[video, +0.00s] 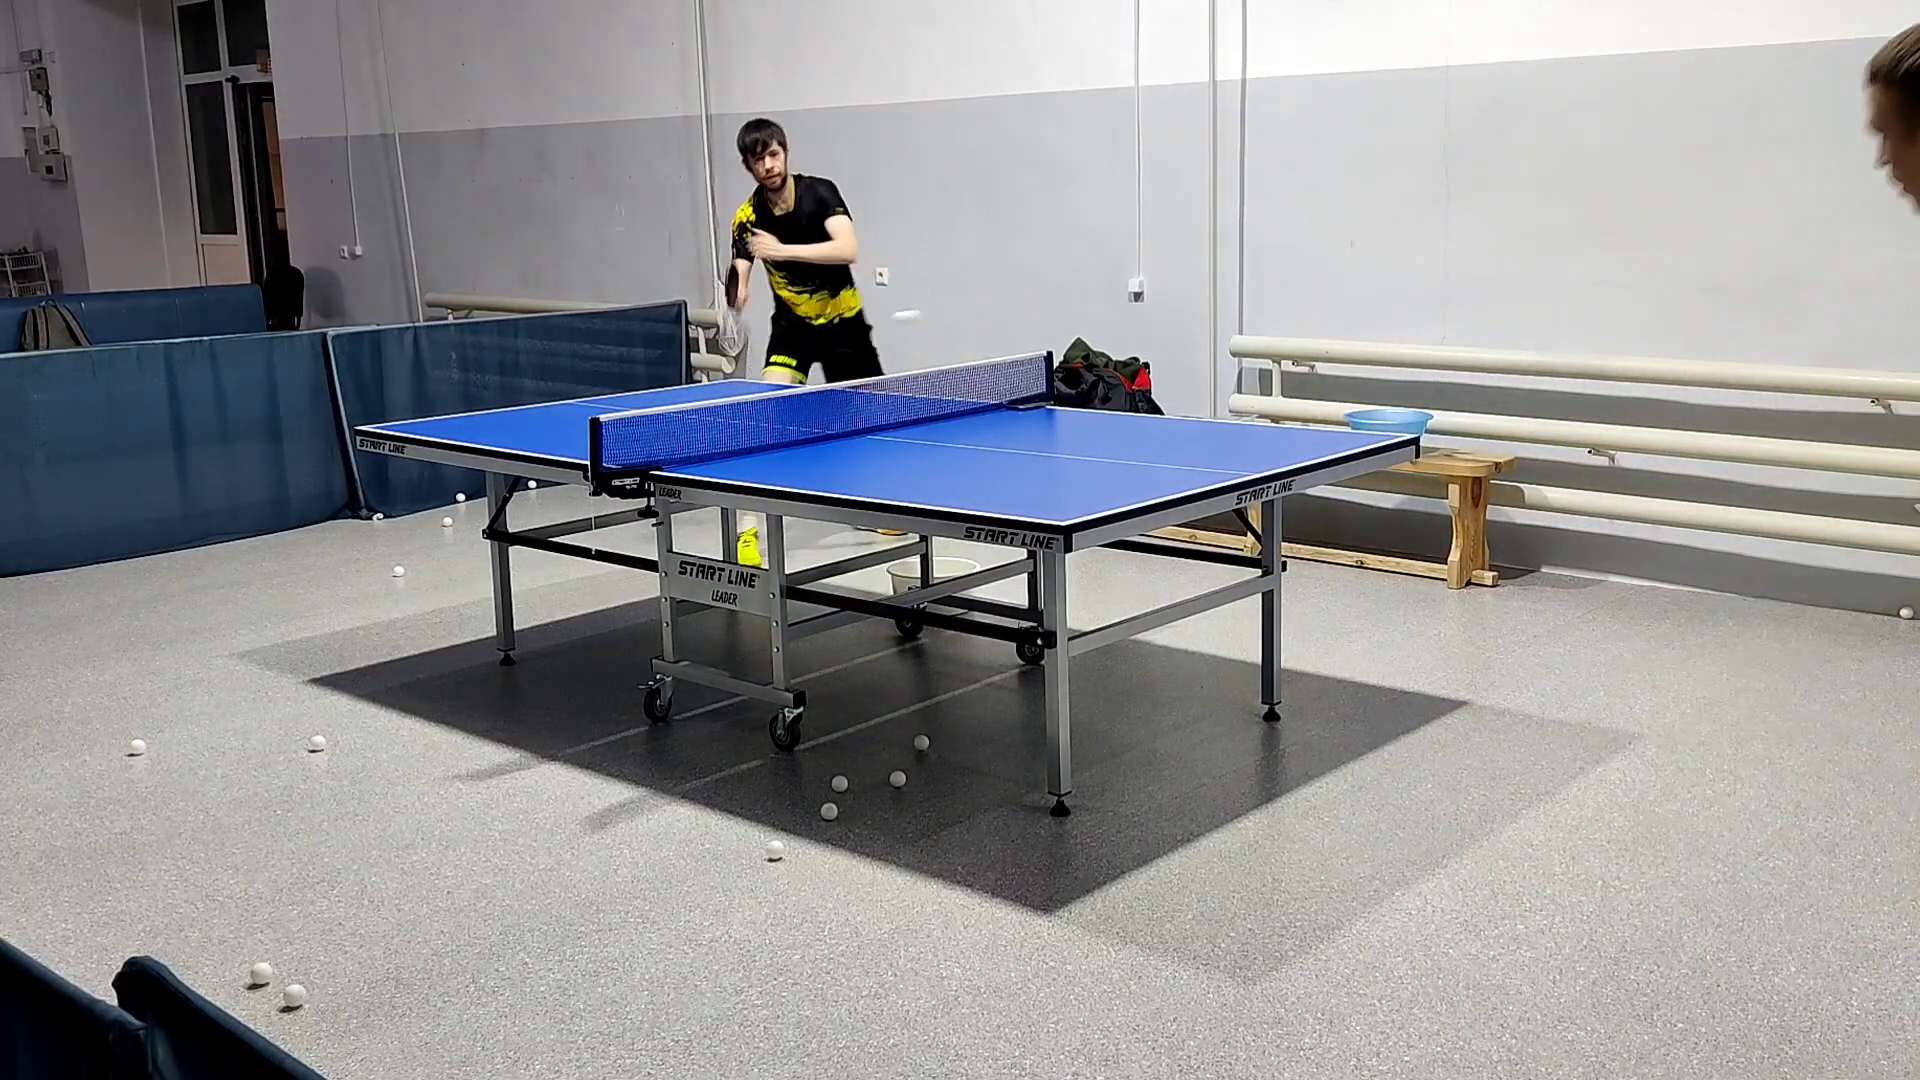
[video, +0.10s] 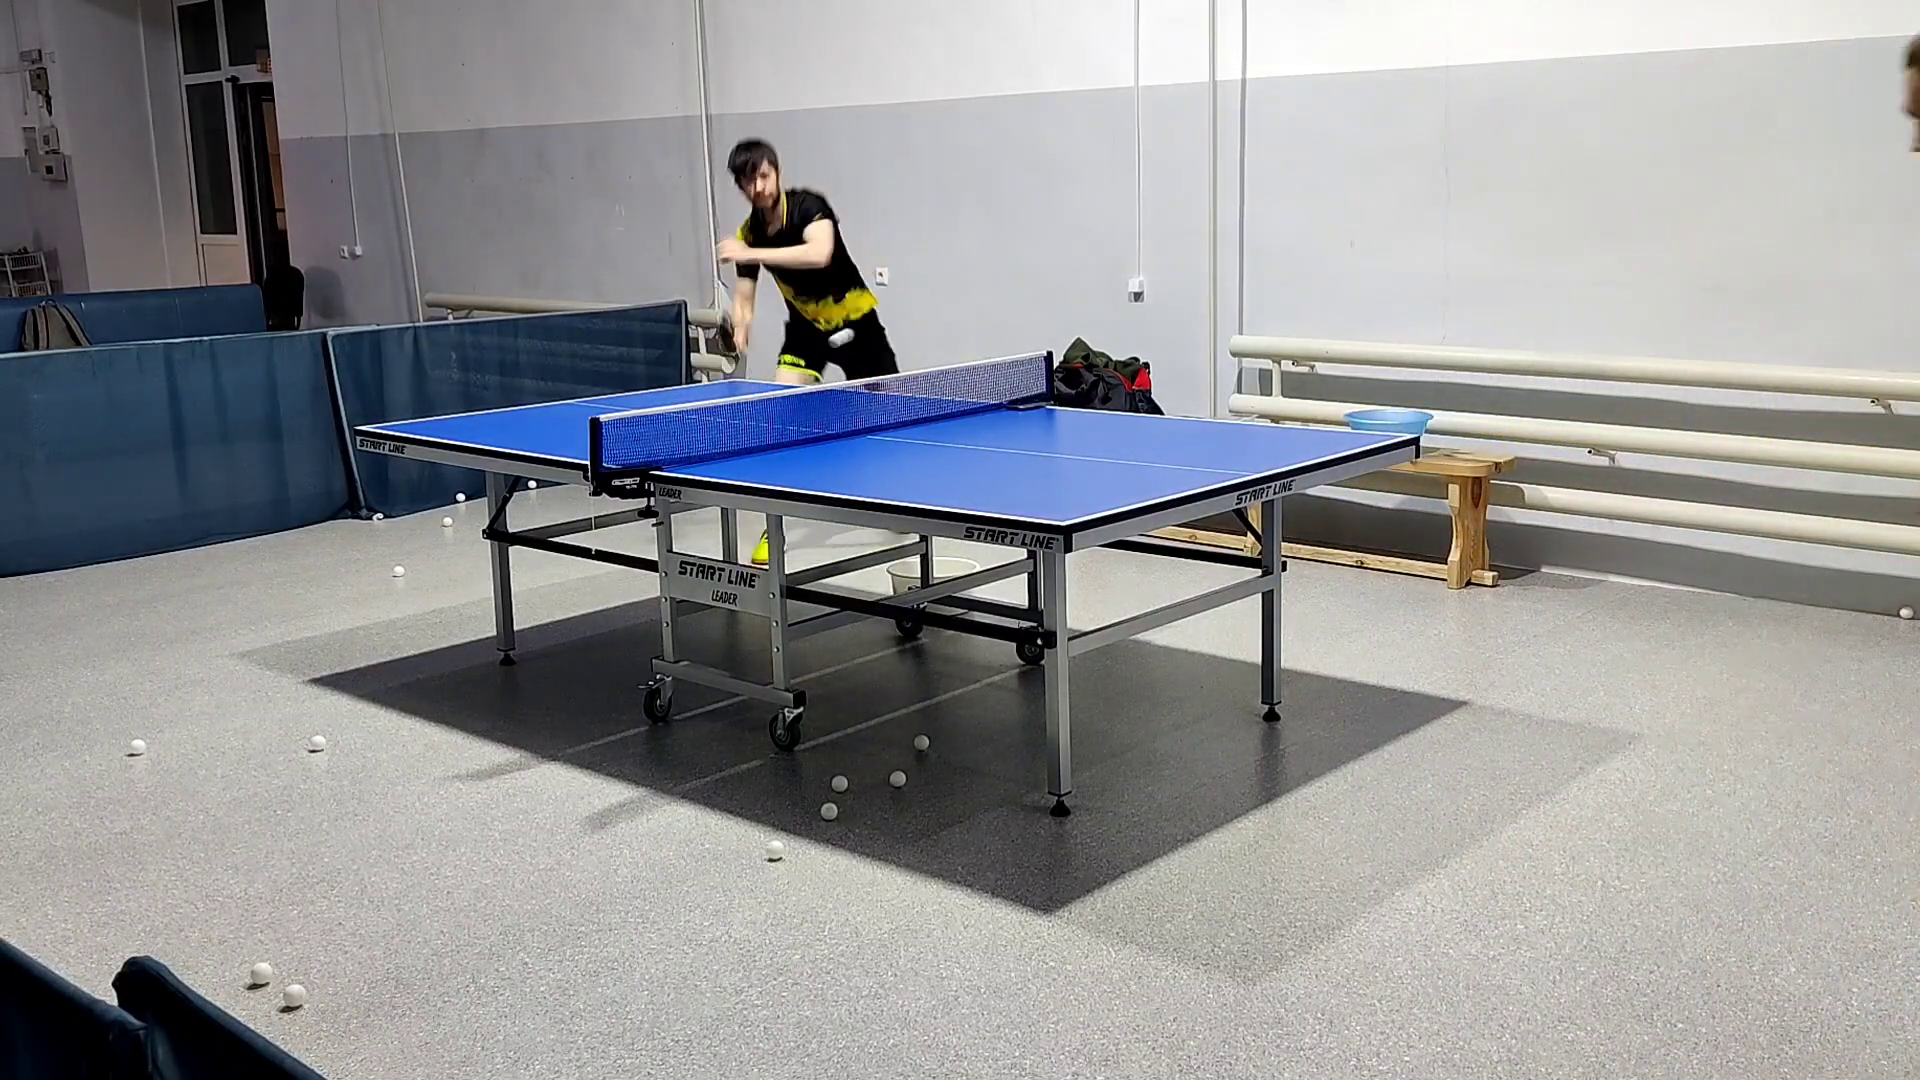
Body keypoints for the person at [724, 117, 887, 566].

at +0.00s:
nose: (769, 165)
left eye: (774, 154)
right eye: (758, 159)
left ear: (786, 152)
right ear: (748, 167)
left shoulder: (819, 192)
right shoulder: (748, 219)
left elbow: (848, 250)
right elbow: (739, 294)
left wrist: (782, 251)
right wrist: (736, 281)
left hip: (844, 325)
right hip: (792, 328)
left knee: (871, 419)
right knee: (766, 414)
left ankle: (888, 505)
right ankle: (748, 528)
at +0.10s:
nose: (759, 187)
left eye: (764, 176)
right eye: (749, 181)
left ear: (778, 172)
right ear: (741, 186)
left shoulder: (810, 205)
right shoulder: (749, 233)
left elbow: (819, 254)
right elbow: (744, 296)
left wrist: (748, 253)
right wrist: (740, 333)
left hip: (856, 325)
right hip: (805, 331)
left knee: (893, 415)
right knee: (778, 419)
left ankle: (908, 508)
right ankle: (774, 528)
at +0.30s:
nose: (754, 224)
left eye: (759, 213)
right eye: (745, 218)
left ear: (776, 204)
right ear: (740, 221)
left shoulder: (814, 232)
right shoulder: (765, 260)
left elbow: (808, 300)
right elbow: (768, 329)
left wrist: (752, 288)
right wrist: (744, 341)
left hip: (880, 342)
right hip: (832, 344)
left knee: (901, 434)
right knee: (790, 414)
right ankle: (774, 527)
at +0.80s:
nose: (796, 183)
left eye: (800, 171)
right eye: (786, 178)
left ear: (814, 166)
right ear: (779, 184)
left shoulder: (855, 205)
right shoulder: (783, 227)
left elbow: (890, 271)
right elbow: (776, 294)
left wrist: (832, 270)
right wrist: (799, 278)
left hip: (875, 328)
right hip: (823, 331)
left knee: (914, 416)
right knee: (795, 411)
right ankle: (763, 515)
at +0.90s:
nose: (786, 183)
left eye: (790, 172)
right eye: (775, 178)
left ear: (804, 169)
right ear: (768, 186)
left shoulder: (843, 208)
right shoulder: (772, 232)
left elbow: (887, 269)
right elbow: (764, 301)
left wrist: (834, 280)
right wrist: (793, 292)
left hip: (864, 335)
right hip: (812, 339)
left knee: (905, 421)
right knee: (783, 421)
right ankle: (732, 523)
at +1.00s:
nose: (766, 186)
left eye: (770, 175)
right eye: (755, 181)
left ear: (783, 175)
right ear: (747, 192)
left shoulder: (824, 217)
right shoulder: (752, 240)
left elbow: (874, 269)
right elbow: (744, 310)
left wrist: (839, 304)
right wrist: (775, 305)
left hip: (845, 344)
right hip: (792, 348)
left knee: (889, 422)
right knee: (758, 424)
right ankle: (726, 526)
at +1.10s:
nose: (746, 181)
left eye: (749, 169)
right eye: (735, 176)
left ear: (763, 169)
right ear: (726, 186)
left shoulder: (802, 213)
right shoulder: (729, 236)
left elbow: (850, 267)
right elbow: (723, 305)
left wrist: (844, 325)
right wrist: (754, 310)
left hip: (822, 339)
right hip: (771, 344)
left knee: (868, 420)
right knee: (740, 422)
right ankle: (718, 528)